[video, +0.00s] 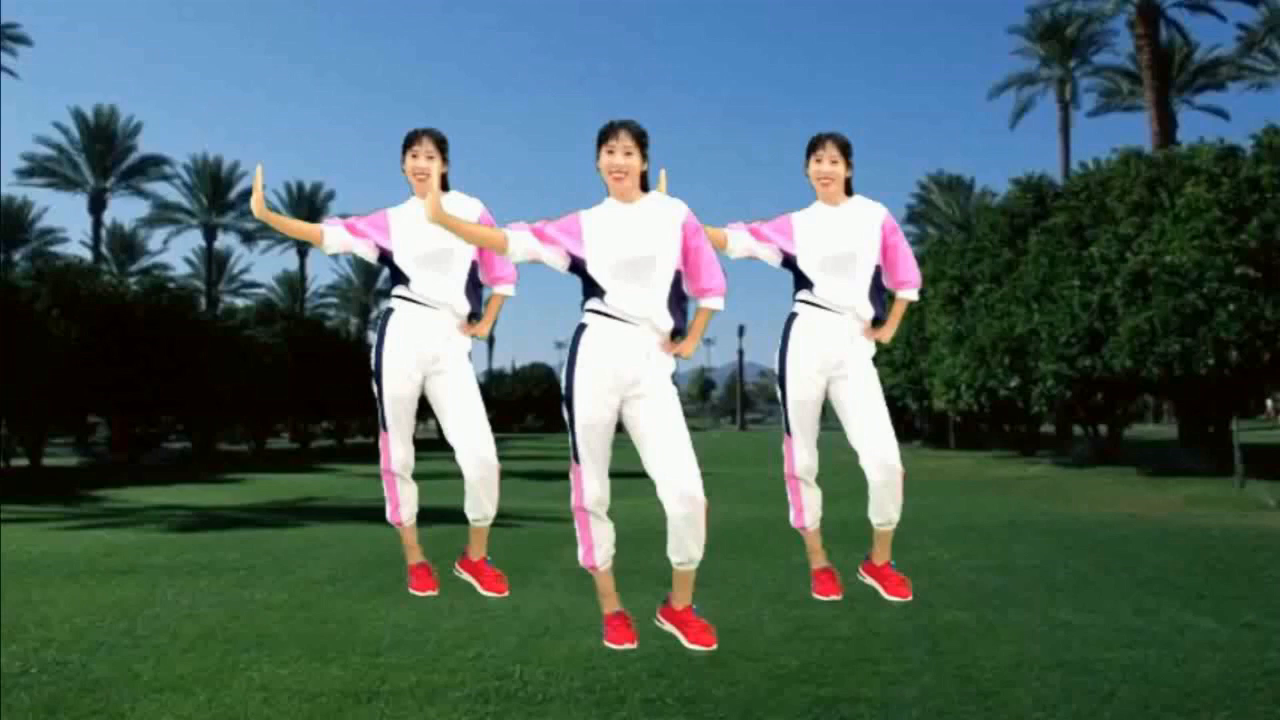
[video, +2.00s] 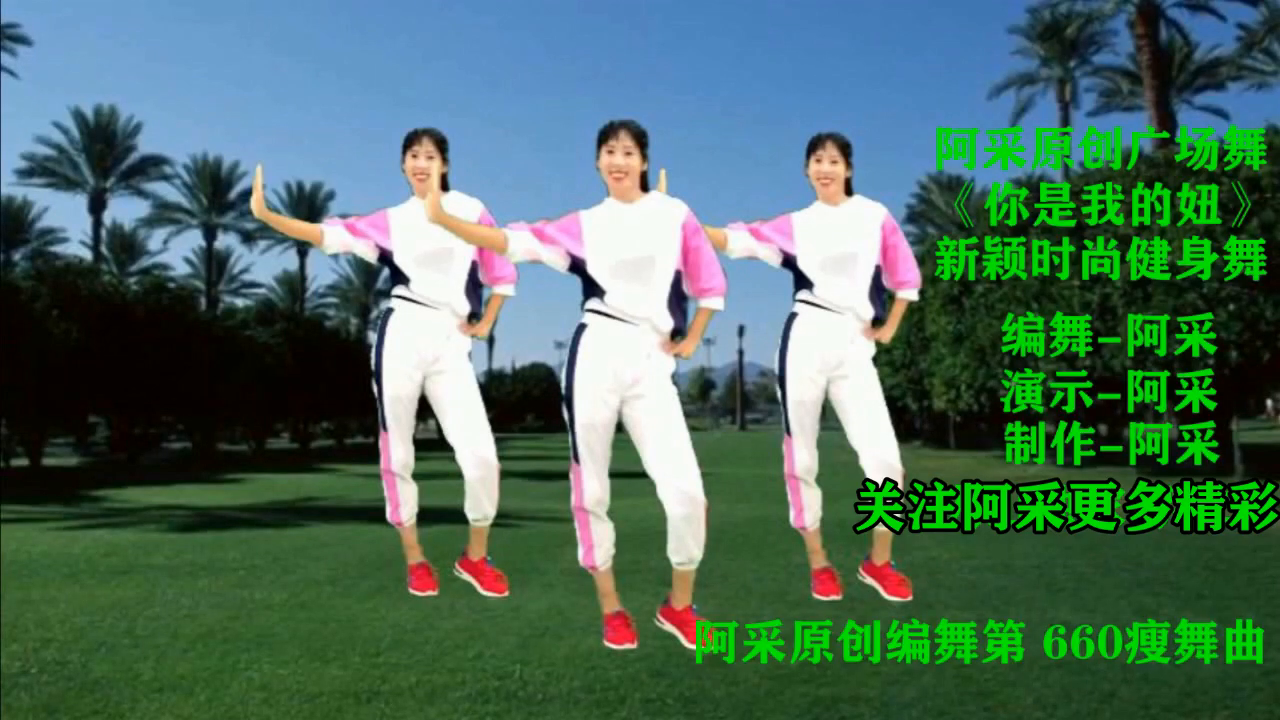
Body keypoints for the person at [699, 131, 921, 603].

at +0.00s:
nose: (826, 169)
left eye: (834, 162)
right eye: (818, 162)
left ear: (848, 169)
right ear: (807, 171)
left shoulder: (876, 217)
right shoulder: (797, 224)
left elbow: (908, 277)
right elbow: (735, 238)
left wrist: (888, 329)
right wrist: (682, 224)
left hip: (856, 341)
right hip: (807, 336)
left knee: (885, 461)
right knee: (802, 458)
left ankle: (879, 562)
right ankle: (819, 565)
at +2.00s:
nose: (825, 168)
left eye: (833, 161)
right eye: (818, 161)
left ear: (848, 169)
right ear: (807, 170)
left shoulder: (875, 217)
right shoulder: (797, 223)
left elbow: (907, 276)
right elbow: (734, 238)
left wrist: (888, 329)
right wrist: (682, 224)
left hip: (855, 340)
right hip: (807, 336)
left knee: (886, 459)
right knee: (802, 458)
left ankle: (879, 562)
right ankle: (819, 565)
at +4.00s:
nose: (825, 168)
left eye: (833, 161)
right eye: (818, 161)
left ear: (848, 169)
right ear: (807, 171)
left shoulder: (875, 217)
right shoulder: (797, 223)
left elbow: (907, 277)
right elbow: (734, 238)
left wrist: (888, 329)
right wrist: (683, 224)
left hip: (855, 340)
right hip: (806, 336)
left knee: (886, 459)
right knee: (802, 459)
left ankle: (879, 562)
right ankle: (819, 565)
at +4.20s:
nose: (825, 168)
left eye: (833, 161)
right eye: (818, 161)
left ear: (848, 169)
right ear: (807, 171)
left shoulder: (875, 217)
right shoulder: (797, 223)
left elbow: (907, 277)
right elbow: (734, 238)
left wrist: (888, 329)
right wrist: (683, 224)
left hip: (855, 340)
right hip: (807, 336)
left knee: (885, 459)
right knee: (802, 459)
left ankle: (879, 562)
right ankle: (819, 565)